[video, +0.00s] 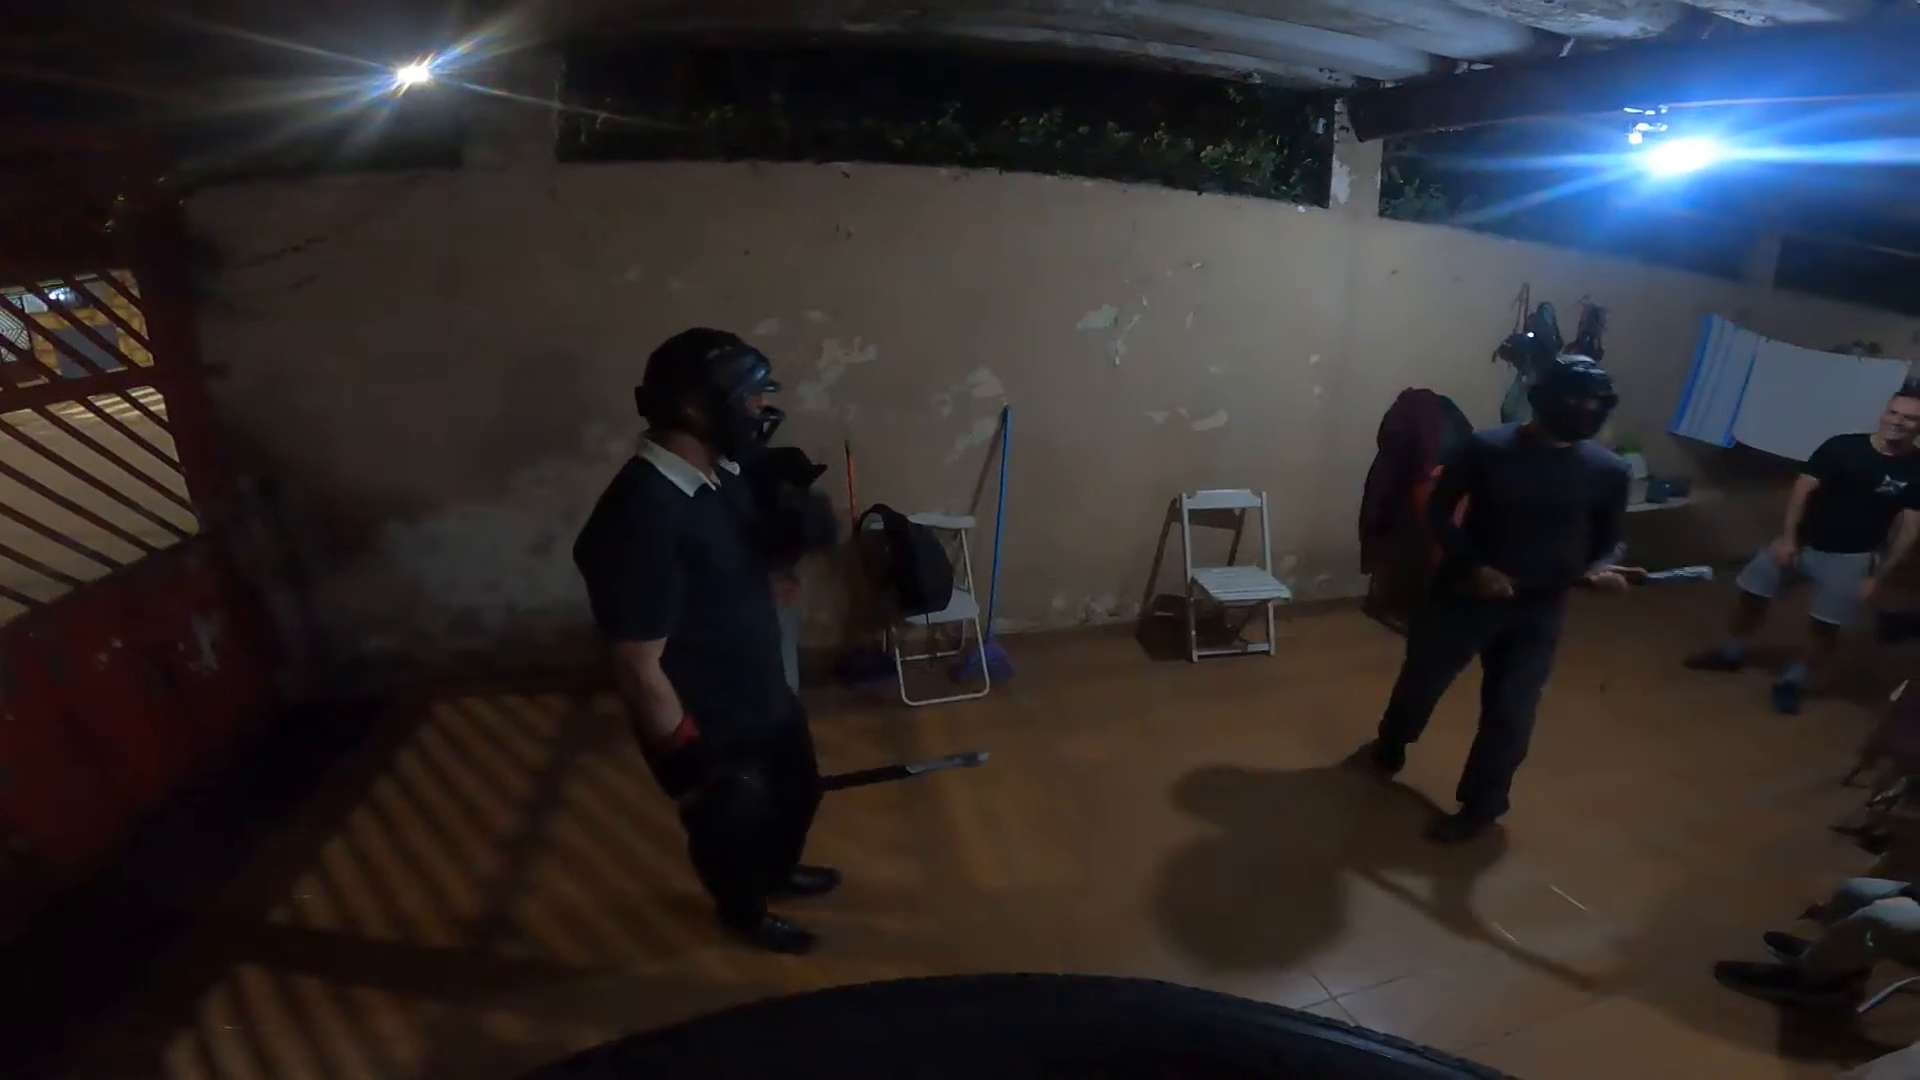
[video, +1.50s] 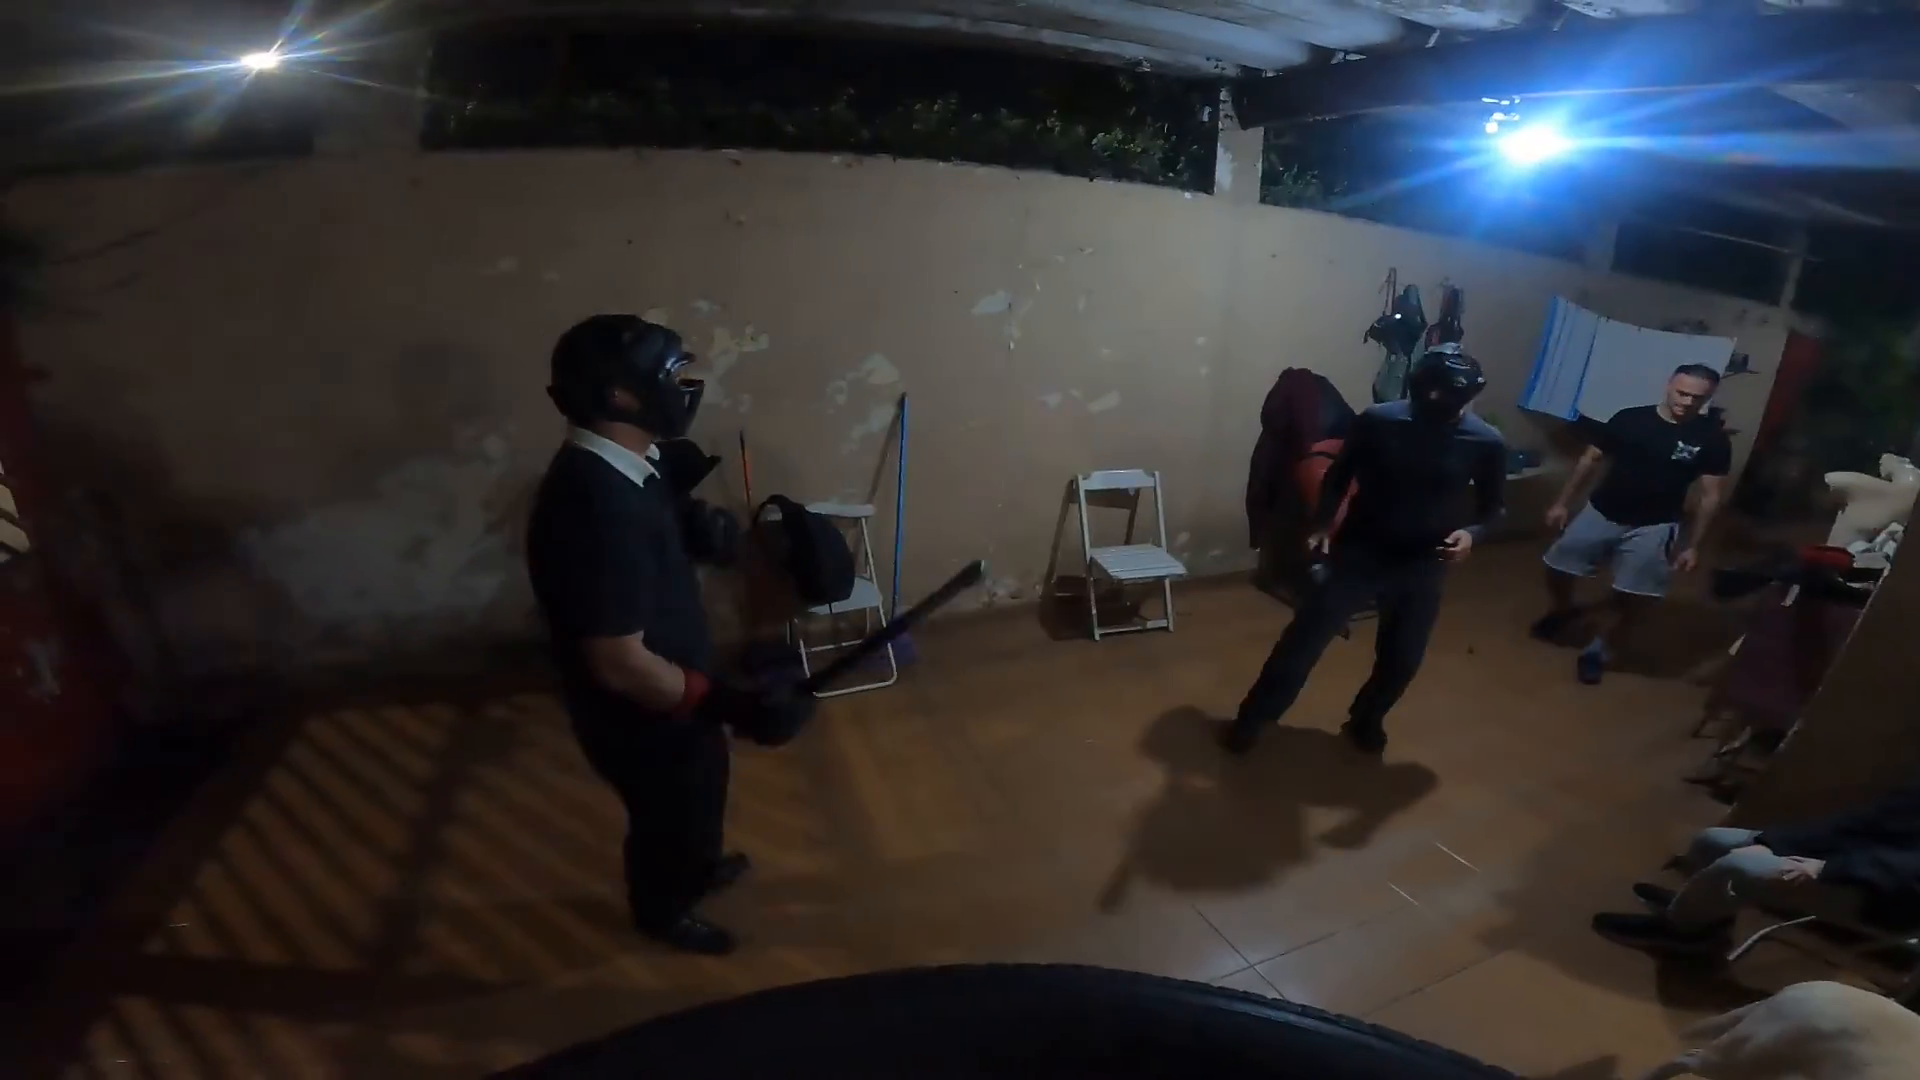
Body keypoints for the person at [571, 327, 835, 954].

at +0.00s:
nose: (760, 408)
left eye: (759, 392)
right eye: (743, 393)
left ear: (696, 409)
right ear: (692, 407)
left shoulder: (726, 478)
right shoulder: (631, 517)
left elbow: (768, 581)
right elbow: (638, 666)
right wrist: (692, 754)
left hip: (763, 686)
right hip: (706, 711)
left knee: (795, 785)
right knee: (736, 815)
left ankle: (775, 867)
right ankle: (742, 912)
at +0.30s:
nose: (738, 403)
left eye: (737, 386)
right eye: (720, 388)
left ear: (679, 405)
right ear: (673, 404)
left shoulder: (705, 478)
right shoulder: (623, 510)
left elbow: (766, 587)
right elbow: (636, 664)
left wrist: (766, 502)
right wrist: (686, 753)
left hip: (755, 696)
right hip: (702, 718)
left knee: (772, 808)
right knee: (726, 823)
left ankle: (760, 894)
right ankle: (732, 913)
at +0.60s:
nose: (716, 399)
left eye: (712, 384)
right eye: (699, 387)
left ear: (652, 410)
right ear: (650, 408)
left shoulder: (677, 483)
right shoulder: (606, 513)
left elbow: (751, 584)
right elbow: (634, 665)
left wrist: (746, 504)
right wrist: (723, 727)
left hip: (733, 699)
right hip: (683, 723)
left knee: (745, 817)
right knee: (709, 826)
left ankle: (738, 902)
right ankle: (715, 918)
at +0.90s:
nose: (589, 401)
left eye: (587, 384)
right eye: (568, 387)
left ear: (518, 408)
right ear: (512, 406)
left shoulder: (558, 481)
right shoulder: (473, 517)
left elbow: (655, 571)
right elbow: (526, 668)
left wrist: (635, 493)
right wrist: (643, 706)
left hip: (625, 693)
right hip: (566, 722)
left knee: (648, 814)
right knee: (608, 829)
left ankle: (645, 908)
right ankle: (621, 925)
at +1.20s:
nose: (637, 376)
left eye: (629, 360)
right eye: (614, 367)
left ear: (568, 397)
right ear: (565, 395)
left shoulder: (596, 471)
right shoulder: (526, 504)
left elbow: (623, 577)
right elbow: (555, 662)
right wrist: (650, 722)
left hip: (650, 695)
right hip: (600, 721)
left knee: (666, 817)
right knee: (632, 828)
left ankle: (668, 901)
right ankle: (643, 921)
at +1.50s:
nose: (684, 383)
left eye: (679, 368)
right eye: (665, 373)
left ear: (620, 398)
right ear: (620, 397)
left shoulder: (631, 466)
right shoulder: (588, 498)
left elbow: (635, 542)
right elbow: (616, 655)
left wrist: (692, 530)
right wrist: (713, 700)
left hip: (668, 689)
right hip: (633, 710)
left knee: (694, 788)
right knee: (666, 815)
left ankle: (695, 866)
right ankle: (662, 914)